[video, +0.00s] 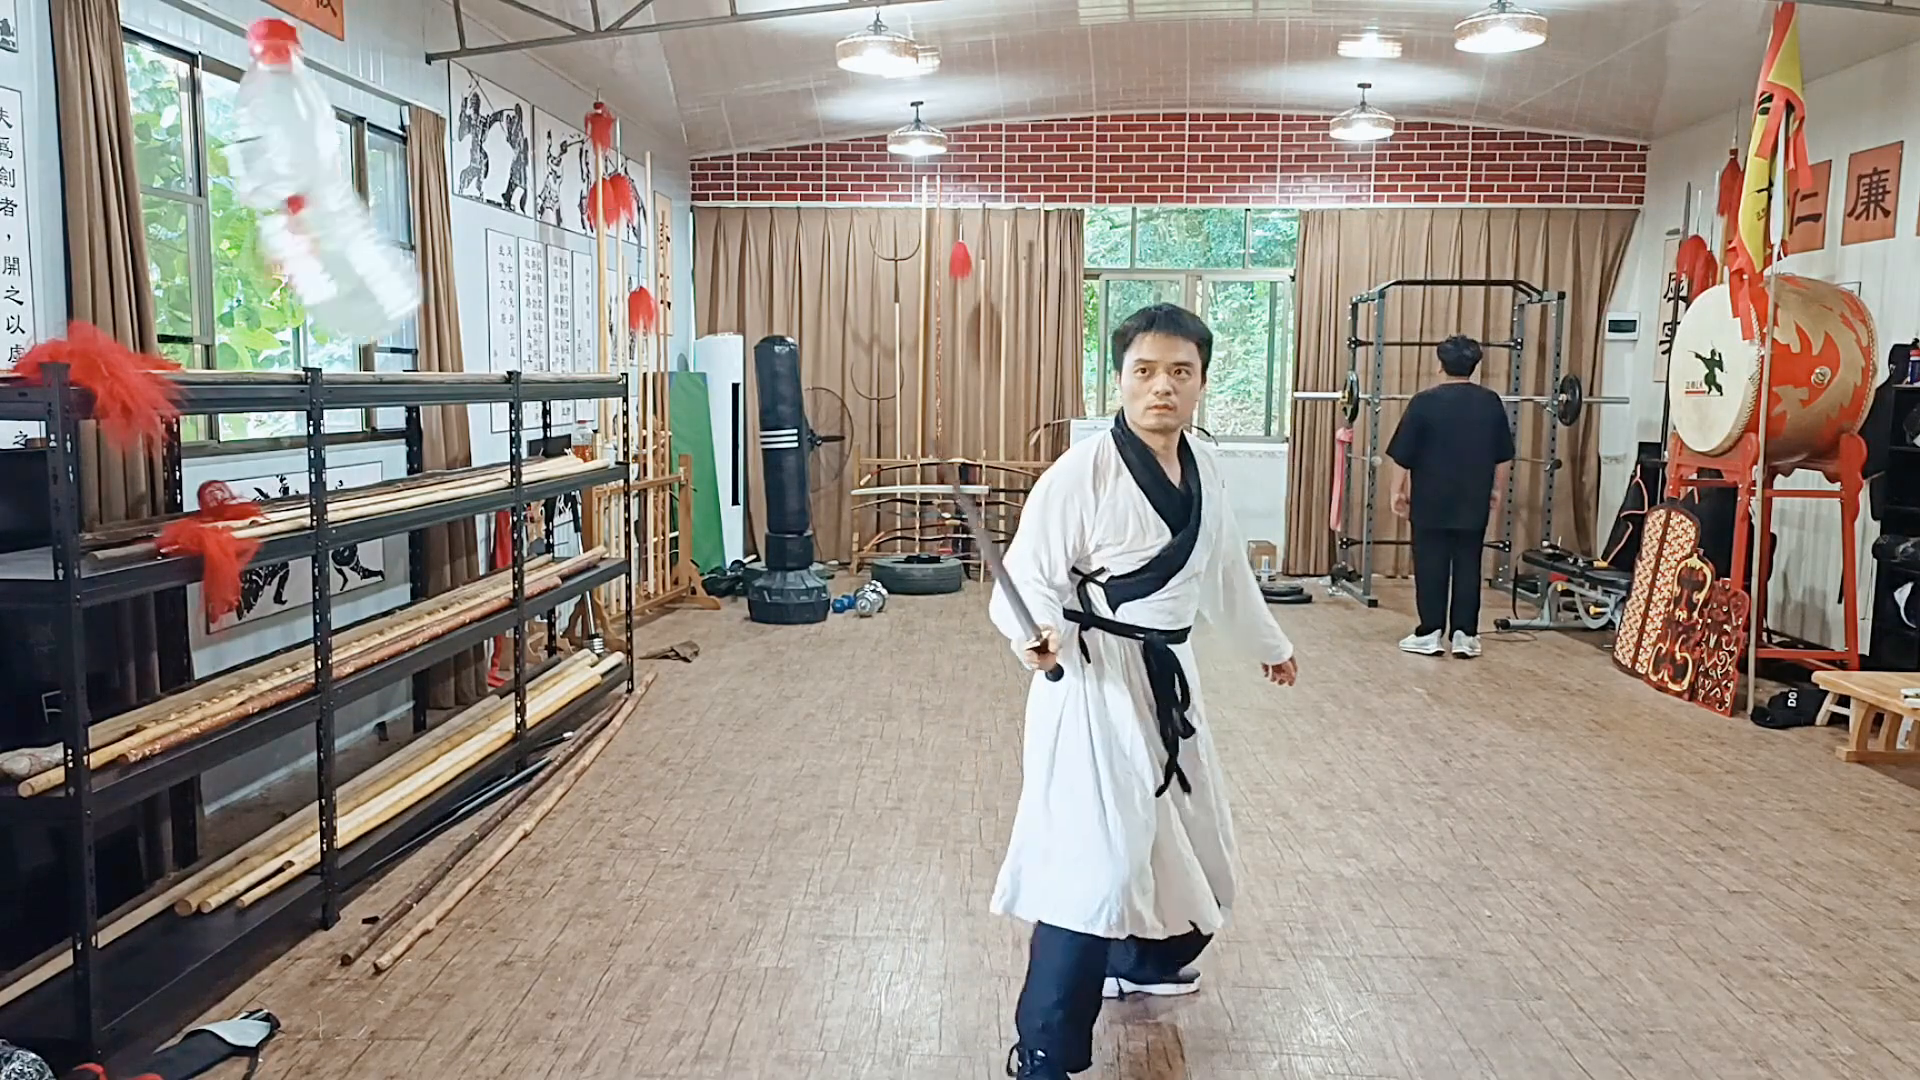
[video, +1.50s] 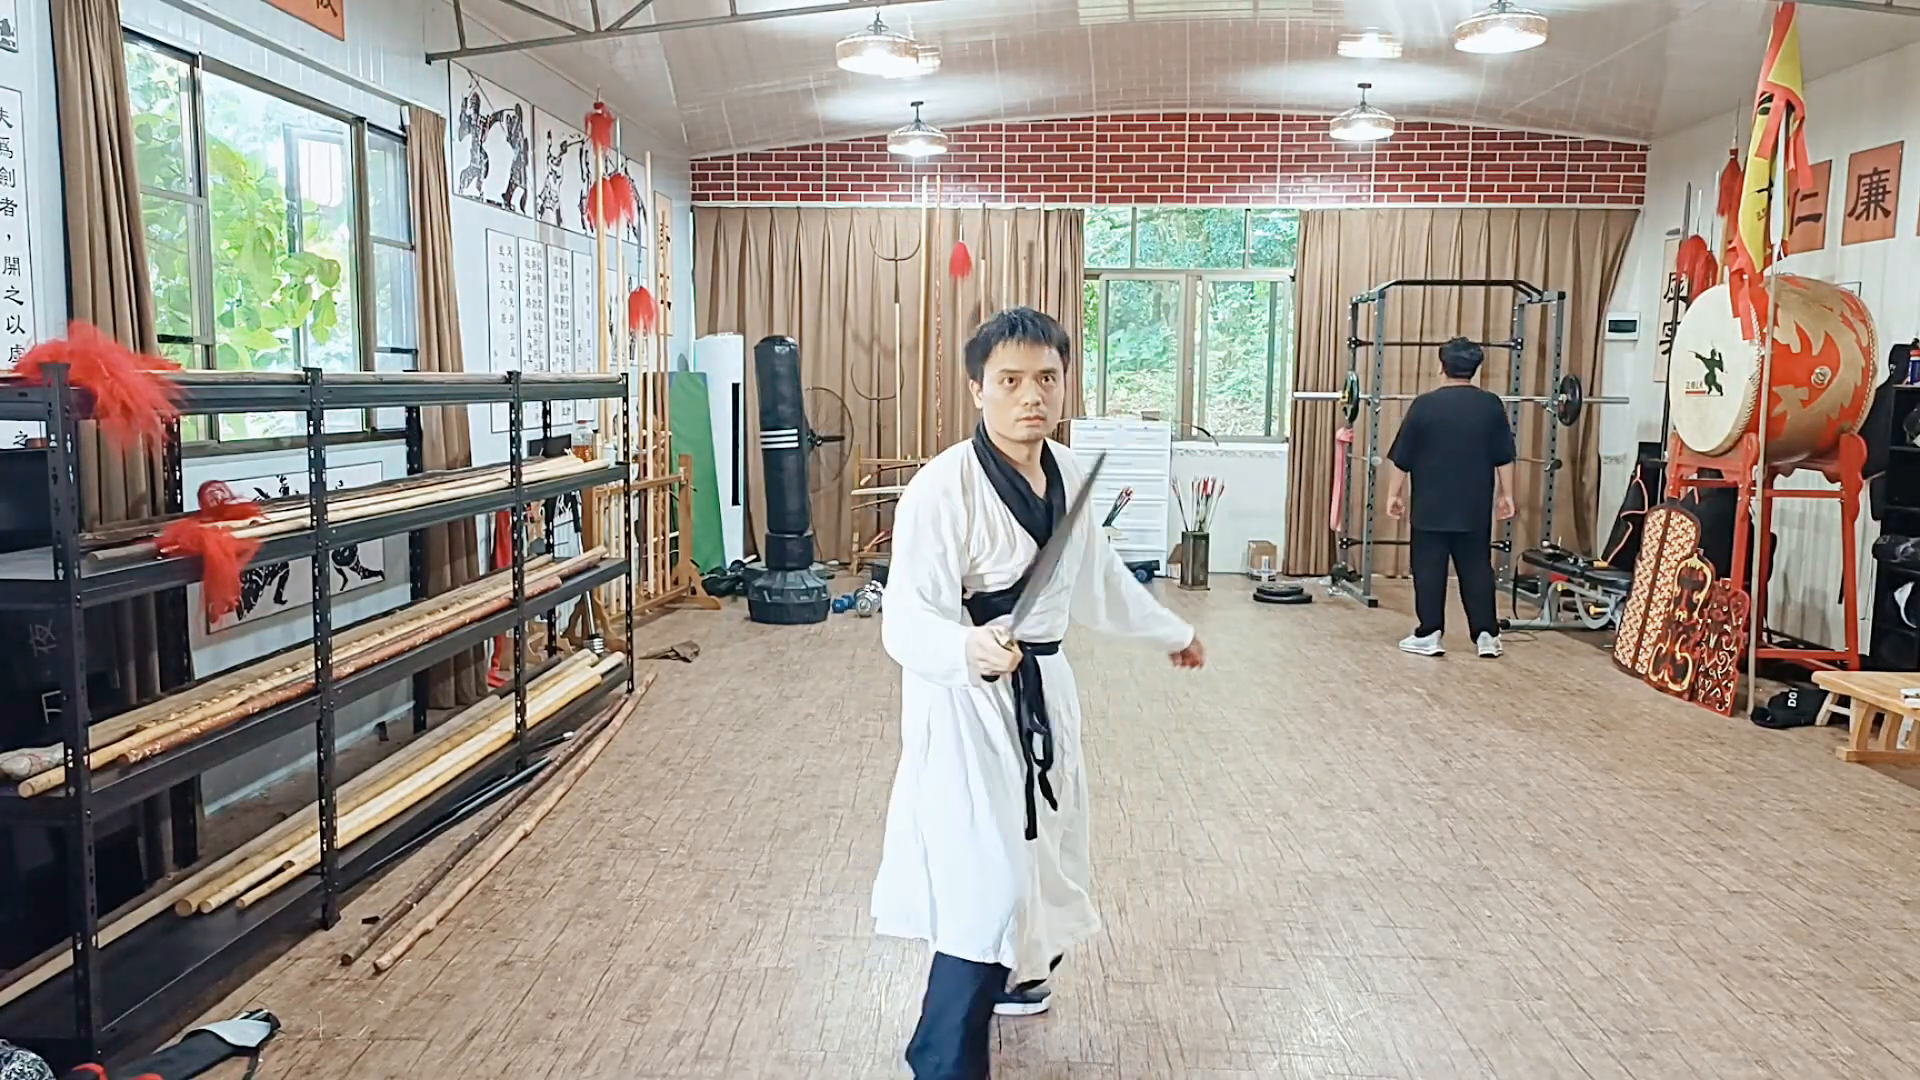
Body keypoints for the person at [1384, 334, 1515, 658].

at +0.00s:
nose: (1437, 365)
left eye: (1439, 361)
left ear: (1441, 365)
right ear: (1474, 366)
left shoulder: (1425, 401)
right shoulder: (1490, 401)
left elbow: (1403, 454)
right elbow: (1503, 456)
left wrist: (1397, 490)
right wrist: (1498, 495)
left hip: (1430, 503)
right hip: (1473, 503)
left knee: (1431, 568)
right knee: (1468, 568)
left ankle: (1430, 634)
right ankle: (1464, 635)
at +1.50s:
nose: (1438, 368)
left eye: (1440, 364)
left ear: (1442, 368)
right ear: (1475, 369)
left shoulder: (1425, 404)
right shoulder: (1490, 405)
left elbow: (1402, 456)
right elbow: (1503, 456)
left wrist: (1394, 493)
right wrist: (1507, 494)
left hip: (1430, 508)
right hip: (1474, 508)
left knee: (1429, 571)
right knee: (1476, 570)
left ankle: (1429, 634)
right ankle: (1486, 635)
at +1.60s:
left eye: (1444, 367)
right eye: (1488, 369)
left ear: (1448, 370)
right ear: (1483, 372)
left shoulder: (1430, 404)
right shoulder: (1495, 404)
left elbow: (1409, 457)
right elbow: (1509, 456)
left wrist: (1400, 495)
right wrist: (1510, 493)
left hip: (1434, 506)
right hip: (1478, 507)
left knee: (1432, 572)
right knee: (1480, 570)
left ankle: (1429, 634)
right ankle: (1486, 636)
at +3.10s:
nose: (1442, 370)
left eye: (1444, 366)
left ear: (1445, 369)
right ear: (1477, 371)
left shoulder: (1430, 404)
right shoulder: (1492, 405)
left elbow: (1408, 455)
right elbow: (1506, 455)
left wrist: (1401, 488)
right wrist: (1504, 491)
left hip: (1433, 505)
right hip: (1475, 506)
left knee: (1428, 568)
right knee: (1476, 568)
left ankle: (1423, 626)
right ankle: (1485, 633)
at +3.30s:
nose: (1429, 370)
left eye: (1430, 366)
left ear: (1431, 369)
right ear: (1463, 370)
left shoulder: (1414, 405)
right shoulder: (1478, 406)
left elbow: (1390, 456)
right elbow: (1491, 457)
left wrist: (1384, 487)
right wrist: (1488, 492)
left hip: (1418, 507)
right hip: (1459, 507)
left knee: (1417, 568)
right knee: (1460, 560)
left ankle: (1422, 626)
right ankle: (1476, 617)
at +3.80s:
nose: (1409, 369)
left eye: (1410, 366)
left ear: (1411, 369)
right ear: (1442, 369)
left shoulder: (1399, 406)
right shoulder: (1459, 404)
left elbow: (1377, 456)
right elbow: (1474, 452)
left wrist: (1367, 491)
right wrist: (1474, 486)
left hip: (1407, 502)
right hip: (1445, 501)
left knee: (1411, 561)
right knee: (1437, 556)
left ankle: (1421, 625)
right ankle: (1429, 613)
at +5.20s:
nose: (1417, 370)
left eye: (1419, 366)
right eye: (1420, 366)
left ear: (1423, 369)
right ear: (1453, 373)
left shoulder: (1405, 401)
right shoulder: (1463, 406)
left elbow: (1383, 447)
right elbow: (1471, 455)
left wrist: (1375, 478)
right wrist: (1468, 485)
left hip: (1406, 493)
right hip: (1442, 495)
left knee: (1397, 546)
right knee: (1434, 550)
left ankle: (1405, 603)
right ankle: (1423, 610)